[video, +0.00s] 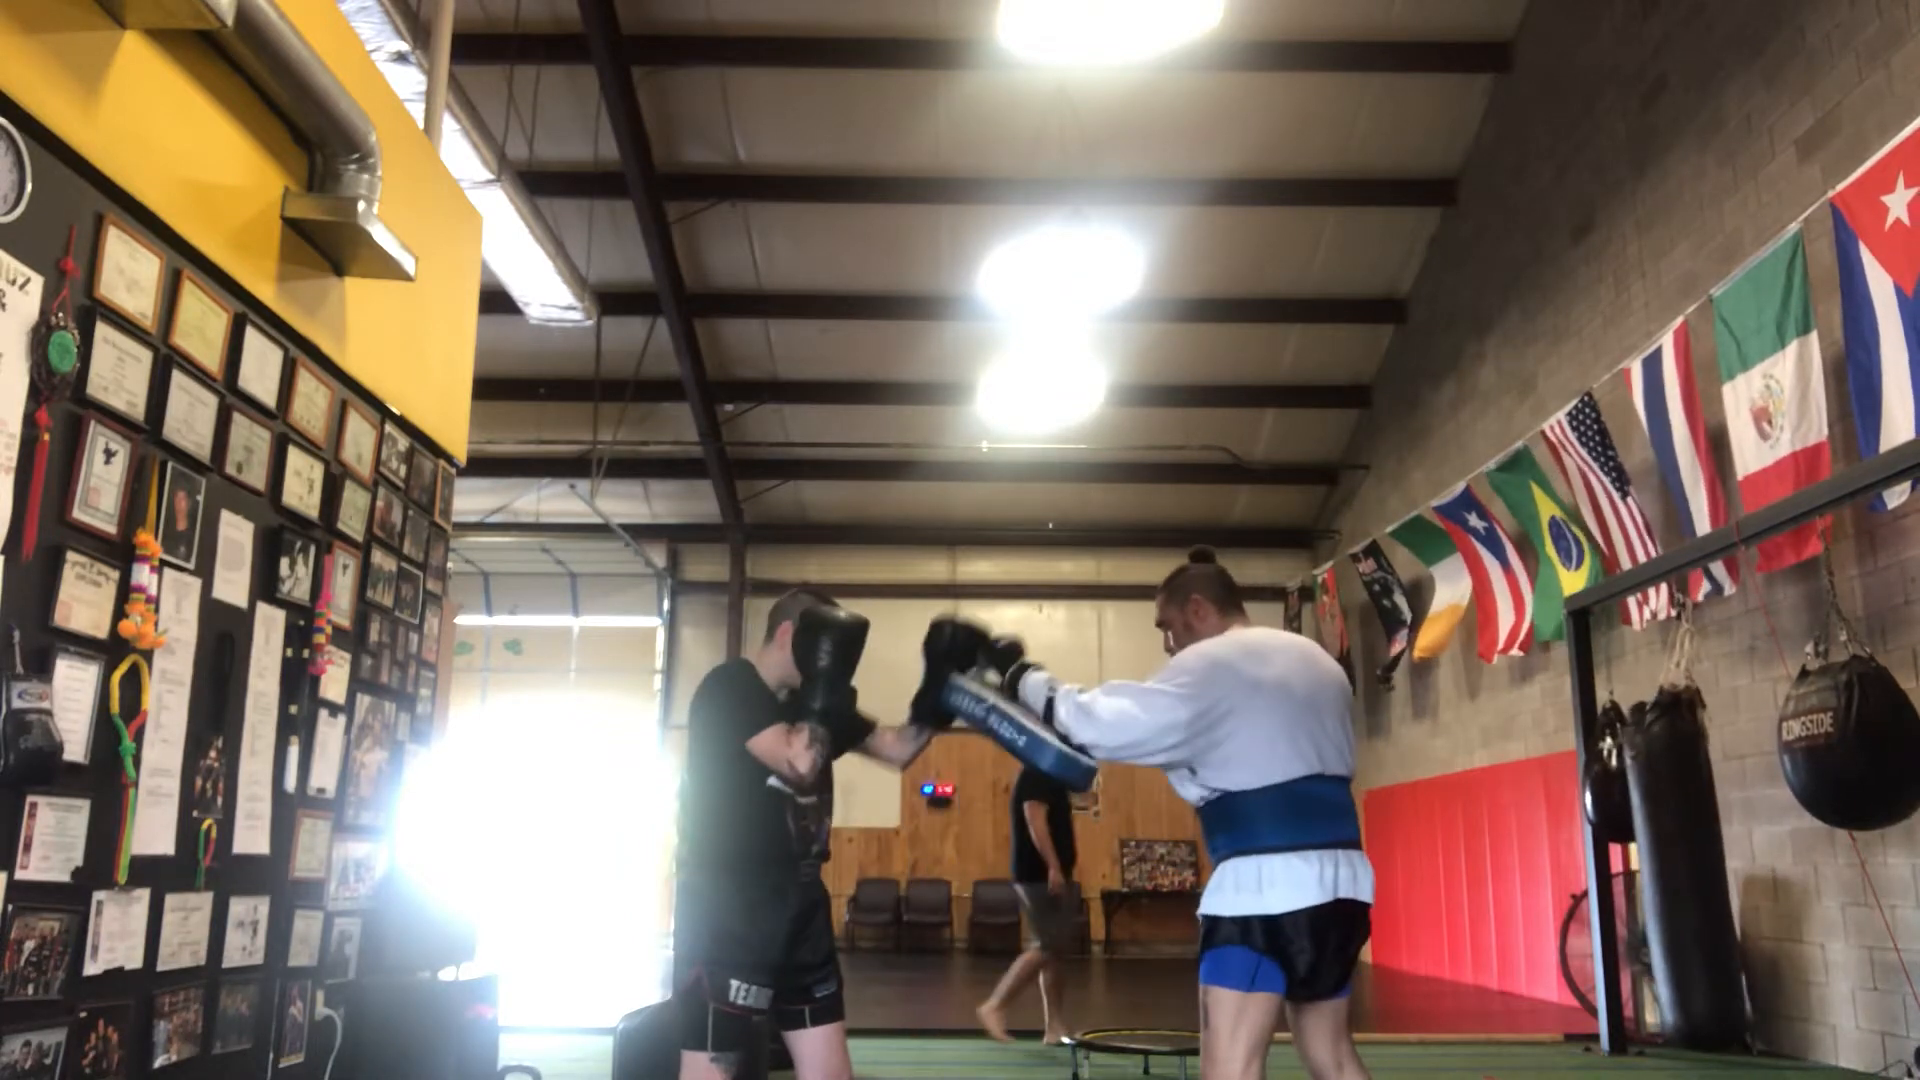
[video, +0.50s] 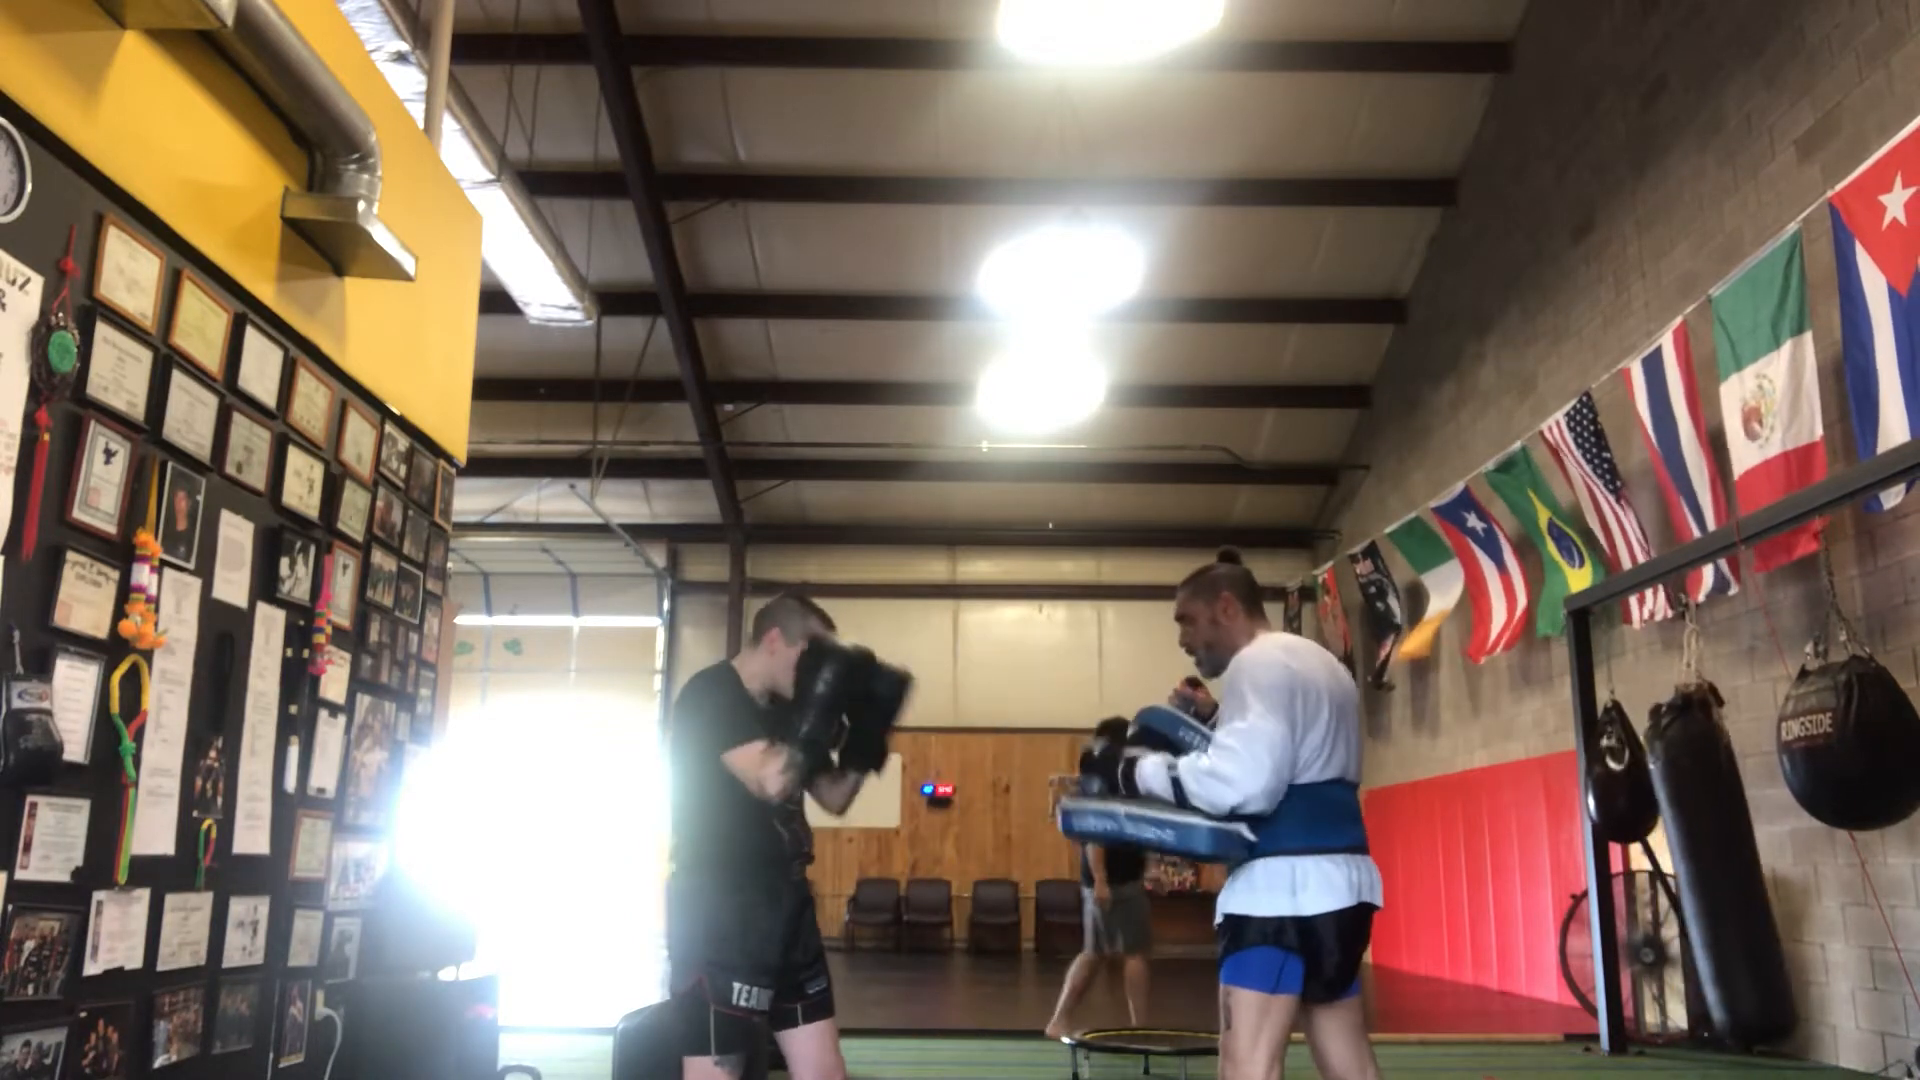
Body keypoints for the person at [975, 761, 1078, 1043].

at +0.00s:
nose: (1074, 752)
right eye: (1069, 745)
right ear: (1055, 744)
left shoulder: (1052, 778)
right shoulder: (1037, 775)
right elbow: (1036, 822)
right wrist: (1054, 866)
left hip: (1049, 876)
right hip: (1034, 875)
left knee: (1054, 952)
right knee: (1045, 947)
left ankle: (1054, 1027)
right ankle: (993, 1007)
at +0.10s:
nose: (1082, 758)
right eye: (1078, 751)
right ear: (1065, 750)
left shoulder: (1065, 781)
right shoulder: (1046, 779)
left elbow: (1069, 826)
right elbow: (1045, 824)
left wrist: (1085, 862)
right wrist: (1058, 865)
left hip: (1060, 872)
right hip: (1051, 873)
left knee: (1057, 947)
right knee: (1069, 943)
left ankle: (1052, 1018)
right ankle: (1034, 1012)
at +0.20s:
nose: (1094, 754)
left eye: (1095, 747)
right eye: (1091, 746)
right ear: (1079, 745)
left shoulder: (1078, 782)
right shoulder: (1057, 777)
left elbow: (1083, 836)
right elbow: (1052, 823)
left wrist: (1119, 856)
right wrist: (1066, 865)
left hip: (1058, 878)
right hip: (1071, 878)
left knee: (1058, 950)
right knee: (1090, 948)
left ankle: (1054, 1027)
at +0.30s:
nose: (1102, 736)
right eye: (1095, 729)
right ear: (1080, 734)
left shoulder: (1093, 782)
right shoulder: (1066, 781)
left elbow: (1109, 834)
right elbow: (1061, 822)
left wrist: (1149, 852)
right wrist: (1075, 870)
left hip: (1090, 876)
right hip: (1080, 878)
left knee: (1061, 951)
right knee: (1106, 951)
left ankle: (1054, 1028)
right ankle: (1125, 1027)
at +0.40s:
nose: (1117, 752)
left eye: (1116, 745)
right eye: (1114, 745)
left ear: (1088, 743)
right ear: (1106, 746)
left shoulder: (1110, 775)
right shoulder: (1089, 777)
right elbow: (1073, 827)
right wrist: (1086, 876)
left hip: (1086, 876)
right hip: (1105, 876)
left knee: (1073, 950)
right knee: (1121, 950)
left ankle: (1054, 1025)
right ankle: (1137, 1028)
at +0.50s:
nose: (1129, 745)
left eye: (1127, 738)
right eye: (1127, 739)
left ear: (1101, 739)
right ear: (1121, 740)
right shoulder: (1104, 775)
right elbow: (1095, 829)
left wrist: (1144, 870)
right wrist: (1100, 880)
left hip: (1101, 879)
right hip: (1122, 879)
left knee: (1092, 952)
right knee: (1135, 954)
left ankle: (1059, 1021)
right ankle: (1140, 1030)